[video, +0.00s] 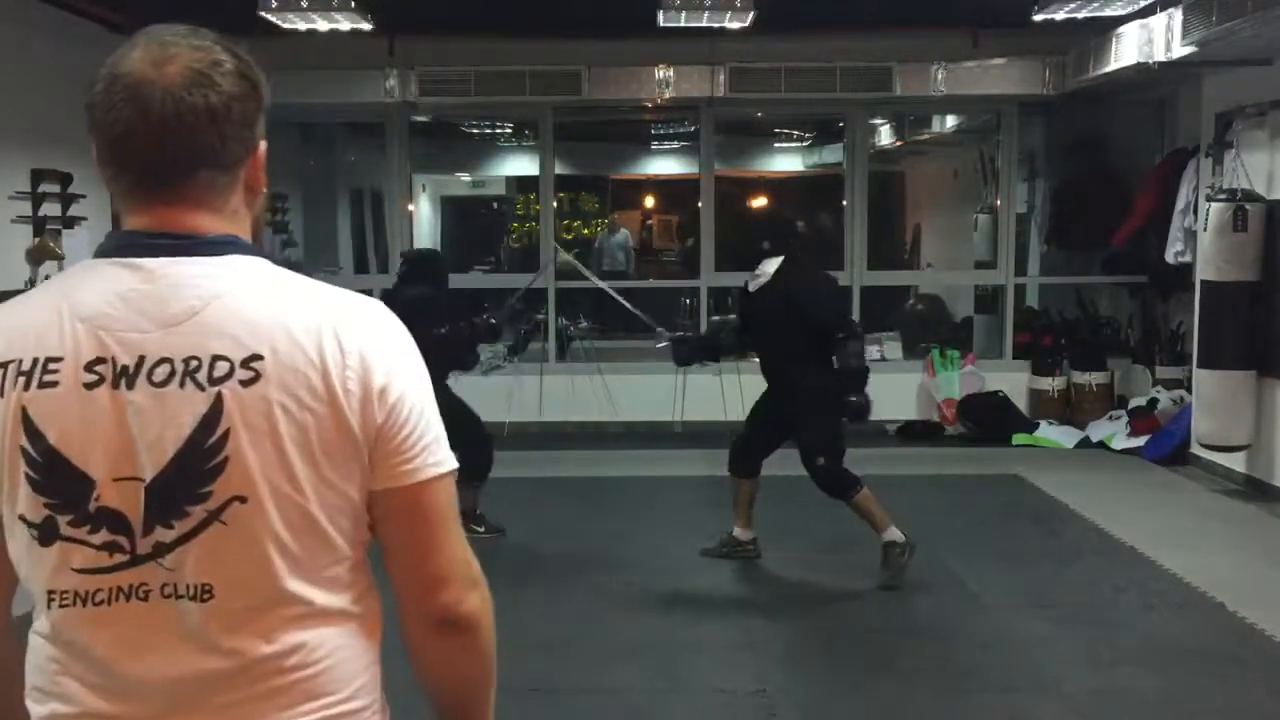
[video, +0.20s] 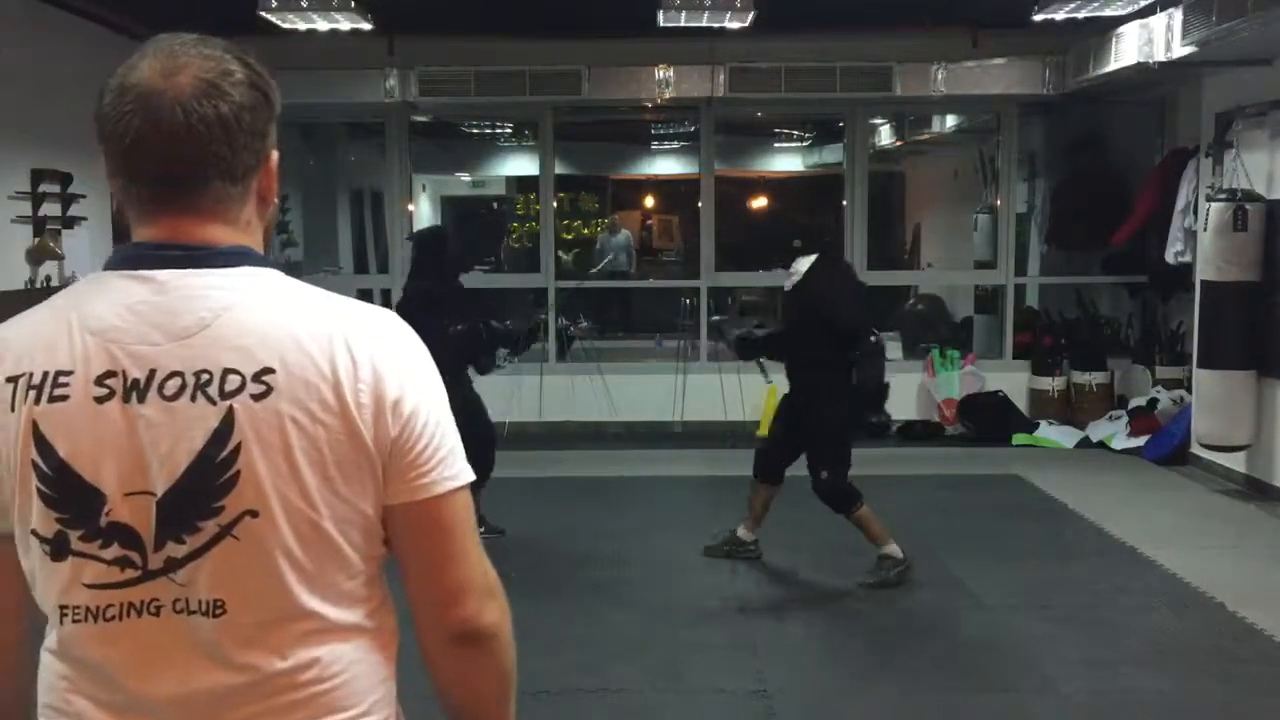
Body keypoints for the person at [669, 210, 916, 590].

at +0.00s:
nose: (749, 252)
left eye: (753, 245)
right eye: (751, 246)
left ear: (766, 245)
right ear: (784, 243)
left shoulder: (808, 280)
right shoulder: (756, 285)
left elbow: (847, 334)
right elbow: (750, 337)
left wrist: (854, 389)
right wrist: (701, 346)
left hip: (816, 392)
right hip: (783, 391)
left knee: (827, 471)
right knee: (744, 456)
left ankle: (893, 539)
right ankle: (742, 536)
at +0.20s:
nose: (777, 268)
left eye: (782, 260)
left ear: (792, 253)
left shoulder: (819, 283)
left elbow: (802, 341)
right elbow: (805, 339)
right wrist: (764, 343)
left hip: (826, 397)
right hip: (806, 395)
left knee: (830, 484)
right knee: (770, 460)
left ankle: (892, 554)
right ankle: (746, 537)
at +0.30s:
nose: (800, 247)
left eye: (804, 239)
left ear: (818, 240)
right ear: (843, 235)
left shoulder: (843, 277)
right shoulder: (834, 274)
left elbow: (825, 342)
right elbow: (825, 336)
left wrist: (779, 337)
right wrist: (782, 335)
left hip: (847, 397)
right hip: (828, 394)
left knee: (843, 484)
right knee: (794, 467)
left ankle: (893, 558)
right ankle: (761, 533)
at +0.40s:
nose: (821, 237)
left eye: (827, 230)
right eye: (823, 229)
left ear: (843, 233)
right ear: (861, 232)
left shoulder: (867, 276)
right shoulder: (849, 272)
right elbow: (837, 331)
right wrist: (796, 326)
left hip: (871, 393)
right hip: (845, 389)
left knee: (854, 480)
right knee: (807, 452)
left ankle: (896, 559)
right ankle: (804, 535)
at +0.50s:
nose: (829, 239)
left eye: (835, 230)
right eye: (828, 229)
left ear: (852, 230)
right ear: (878, 229)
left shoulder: (868, 274)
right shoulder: (894, 269)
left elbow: (846, 326)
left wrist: (806, 315)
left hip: (873, 389)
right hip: (892, 385)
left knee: (865, 472)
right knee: (838, 457)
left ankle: (895, 556)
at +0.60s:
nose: (847, 230)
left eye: (851, 221)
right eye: (848, 221)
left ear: (866, 223)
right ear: (890, 219)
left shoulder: (886, 265)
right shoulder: (905, 258)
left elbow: (879, 330)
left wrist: (837, 318)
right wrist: (842, 316)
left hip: (891, 386)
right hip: (911, 384)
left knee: (874, 471)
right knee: (879, 468)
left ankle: (896, 558)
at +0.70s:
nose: (866, 228)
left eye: (871, 219)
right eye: (867, 219)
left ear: (885, 221)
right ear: (913, 218)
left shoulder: (897, 264)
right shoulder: (926, 258)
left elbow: (883, 331)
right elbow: (936, 324)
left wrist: (846, 318)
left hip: (897, 386)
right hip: (928, 382)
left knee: (888, 471)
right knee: (924, 467)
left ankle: (897, 559)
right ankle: (993, 528)